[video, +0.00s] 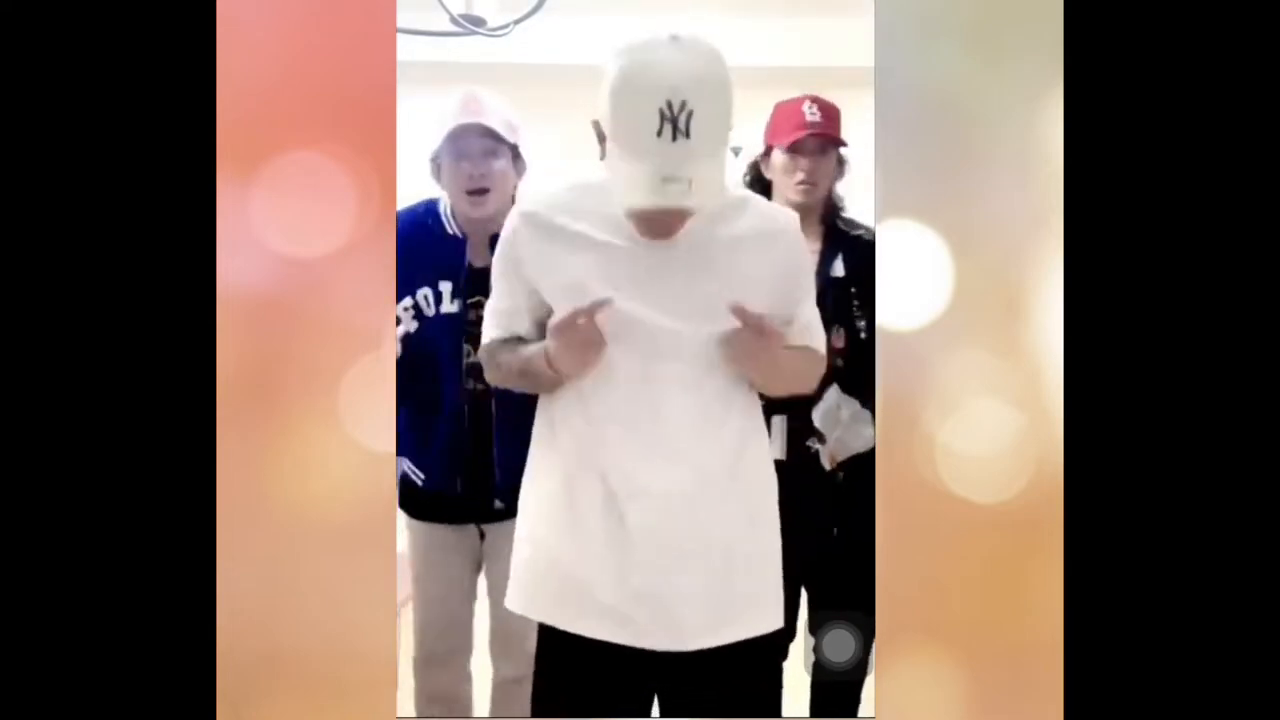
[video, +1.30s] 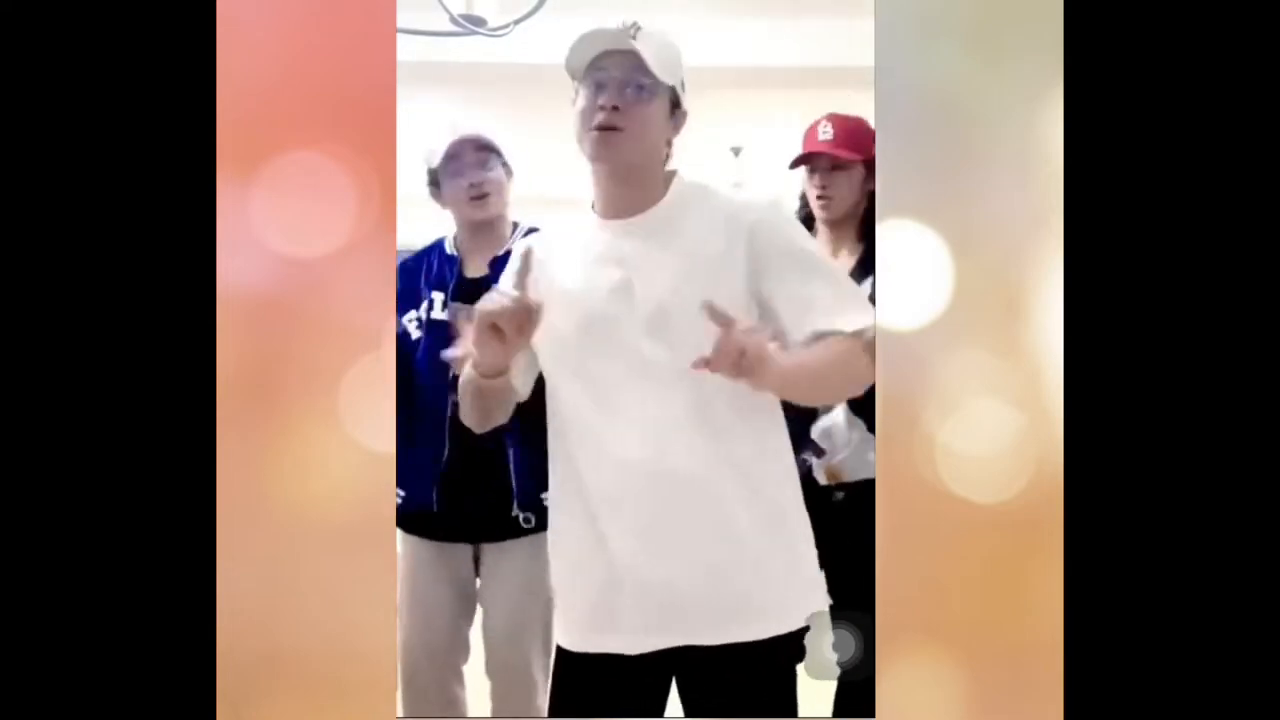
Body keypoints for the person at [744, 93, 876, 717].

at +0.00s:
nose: (806, 166)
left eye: (821, 153)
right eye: (792, 152)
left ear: (839, 166)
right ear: (765, 162)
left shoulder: (867, 251)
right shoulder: (736, 245)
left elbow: (893, 357)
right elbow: (713, 357)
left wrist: (862, 421)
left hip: (849, 476)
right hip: (759, 473)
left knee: (844, 645)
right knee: (755, 641)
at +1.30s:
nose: (820, 182)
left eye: (837, 169)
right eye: (811, 169)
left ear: (868, 180)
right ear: (801, 178)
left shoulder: (895, 261)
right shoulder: (781, 258)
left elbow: (905, 361)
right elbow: (764, 359)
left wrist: (869, 439)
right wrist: (799, 443)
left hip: (867, 477)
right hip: (786, 473)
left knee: (859, 641)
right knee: (774, 635)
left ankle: (854, 712)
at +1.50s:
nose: (818, 173)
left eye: (834, 160)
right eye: (812, 161)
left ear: (869, 168)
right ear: (805, 167)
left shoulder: (893, 247)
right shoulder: (793, 247)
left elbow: (885, 331)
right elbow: (768, 365)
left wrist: (825, 255)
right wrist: (772, 265)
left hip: (862, 470)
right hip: (788, 466)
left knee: (852, 634)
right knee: (769, 625)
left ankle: (853, 717)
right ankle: (761, 714)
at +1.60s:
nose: (819, 181)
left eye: (834, 168)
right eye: (813, 169)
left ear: (872, 176)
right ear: (807, 175)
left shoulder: (896, 264)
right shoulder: (792, 254)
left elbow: (868, 361)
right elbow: (773, 361)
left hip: (860, 474)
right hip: (784, 469)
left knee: (855, 636)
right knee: (770, 632)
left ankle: (853, 714)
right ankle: (765, 712)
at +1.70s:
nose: (820, 184)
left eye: (835, 171)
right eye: (813, 172)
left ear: (871, 178)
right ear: (806, 178)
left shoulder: (895, 262)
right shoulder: (790, 256)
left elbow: (892, 353)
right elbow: (763, 360)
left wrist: (841, 281)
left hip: (862, 478)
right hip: (785, 473)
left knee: (857, 642)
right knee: (767, 638)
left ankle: (853, 716)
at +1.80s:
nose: (820, 175)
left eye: (835, 162)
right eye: (814, 163)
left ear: (872, 170)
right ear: (808, 169)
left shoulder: (898, 251)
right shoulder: (794, 244)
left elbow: (902, 341)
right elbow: (769, 337)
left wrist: (848, 283)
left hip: (863, 465)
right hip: (785, 458)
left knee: (853, 631)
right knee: (771, 623)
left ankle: (853, 718)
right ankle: (765, 716)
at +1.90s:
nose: (820, 175)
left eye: (836, 162)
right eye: (813, 163)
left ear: (873, 171)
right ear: (806, 170)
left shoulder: (900, 258)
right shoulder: (791, 252)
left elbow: (908, 364)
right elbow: (765, 346)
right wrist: (785, 418)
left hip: (863, 472)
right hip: (783, 467)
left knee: (855, 634)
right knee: (770, 628)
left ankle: (854, 718)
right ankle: (767, 716)